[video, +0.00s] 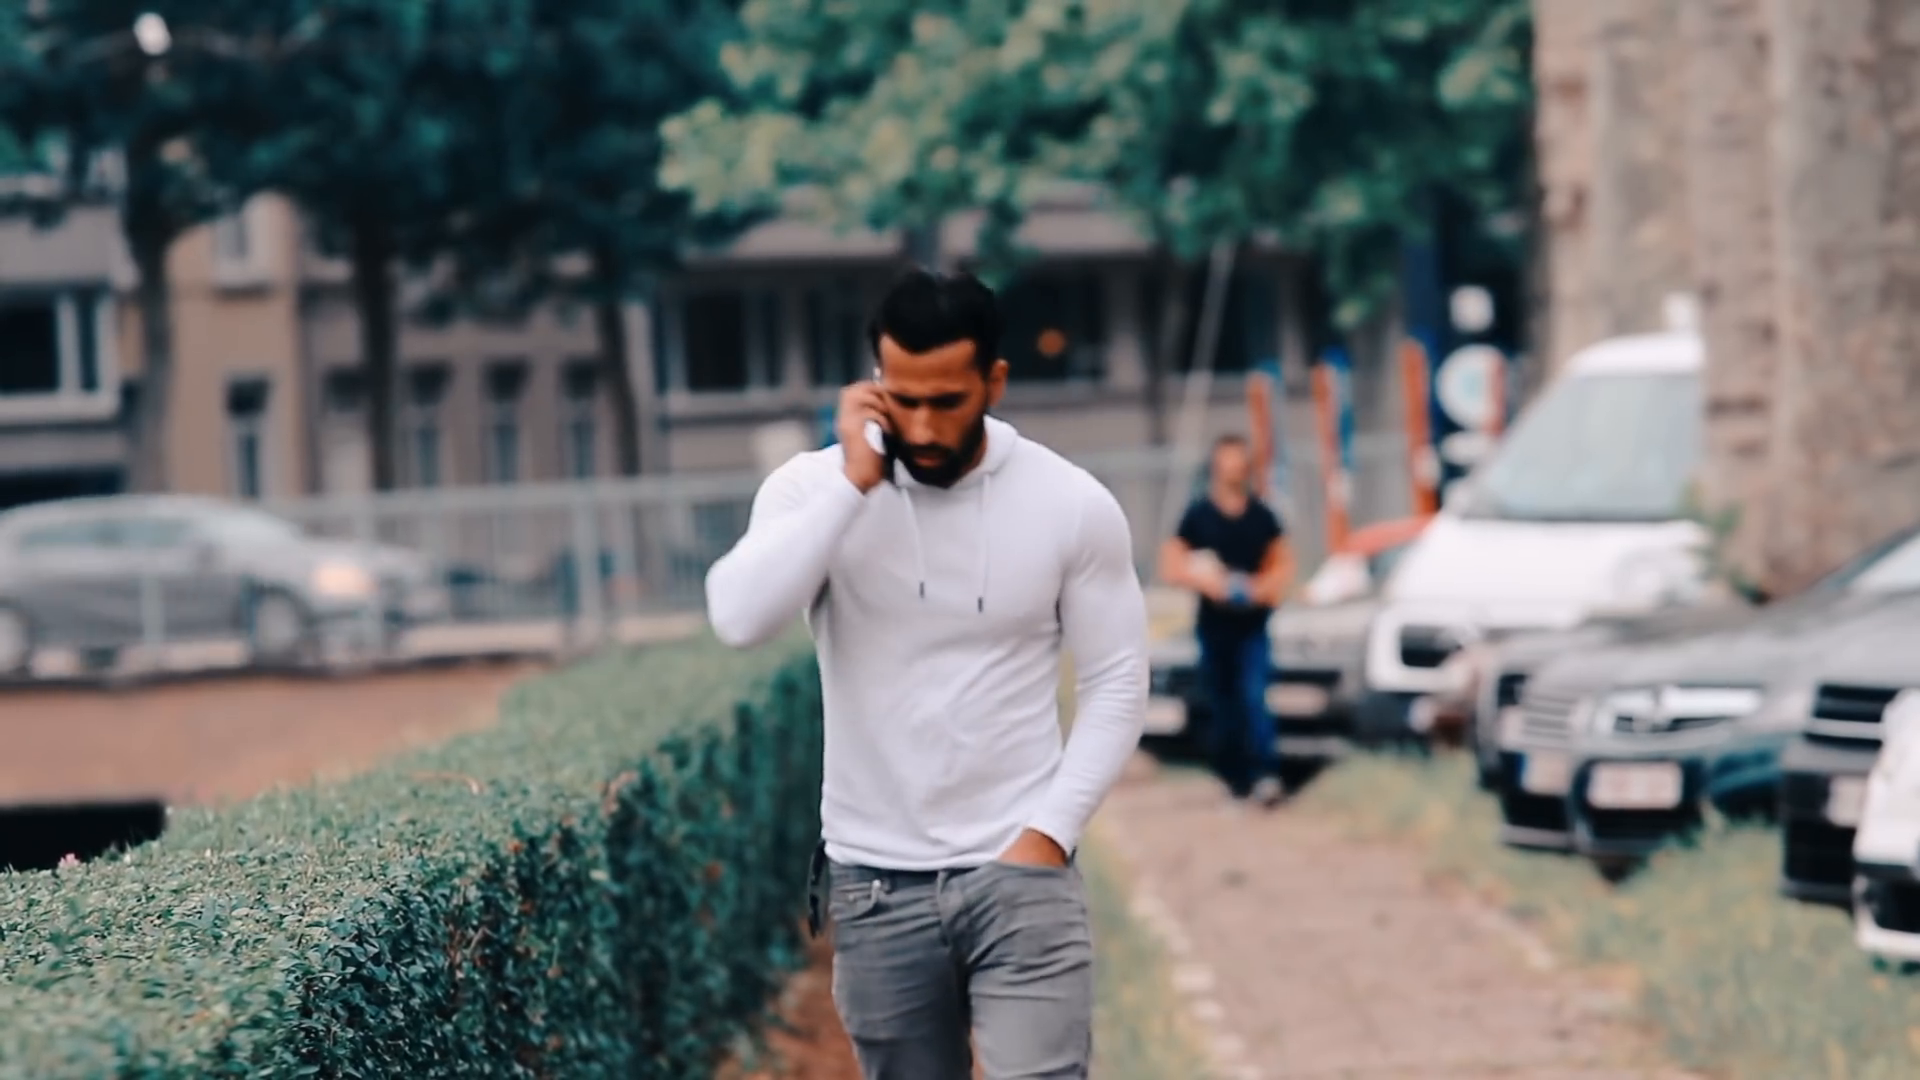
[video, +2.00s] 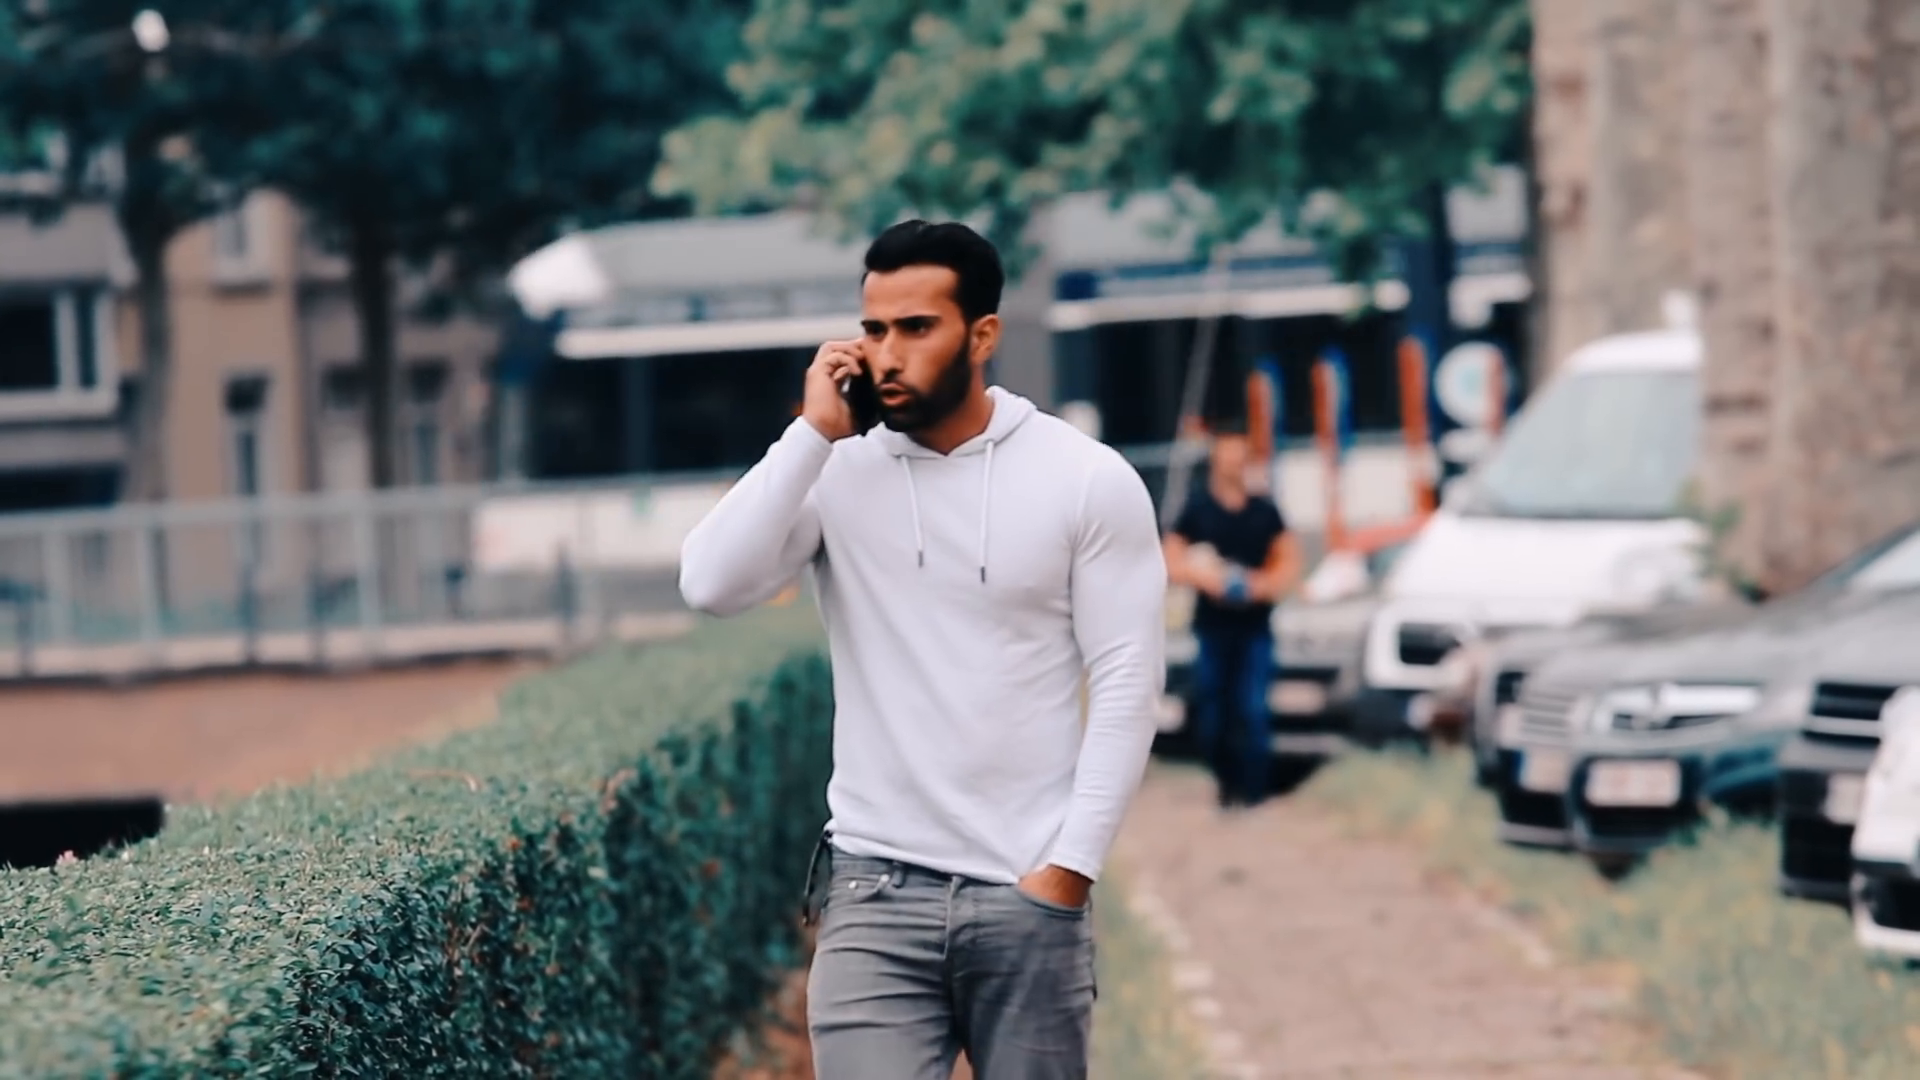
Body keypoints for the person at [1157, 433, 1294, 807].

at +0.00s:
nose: (1232, 470)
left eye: (1238, 463)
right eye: (1225, 463)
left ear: (1248, 466)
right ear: (1214, 466)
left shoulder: (1262, 516)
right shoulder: (1200, 514)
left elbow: (1281, 563)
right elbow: (1172, 564)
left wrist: (1263, 587)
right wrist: (1210, 581)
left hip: (1252, 616)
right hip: (1214, 617)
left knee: (1252, 695)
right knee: (1220, 698)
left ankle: (1264, 773)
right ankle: (1234, 777)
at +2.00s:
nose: (1233, 461)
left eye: (1239, 453)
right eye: (1226, 453)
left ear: (1247, 458)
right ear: (1214, 457)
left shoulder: (1263, 510)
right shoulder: (1199, 508)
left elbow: (1287, 563)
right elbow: (1172, 559)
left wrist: (1262, 585)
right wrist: (1209, 579)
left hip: (1254, 626)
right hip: (1213, 626)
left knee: (1252, 707)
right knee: (1212, 707)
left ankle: (1253, 786)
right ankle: (1226, 783)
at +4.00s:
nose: (1231, 445)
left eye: (1238, 437)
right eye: (1225, 437)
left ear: (1250, 440)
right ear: (1215, 442)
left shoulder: (1271, 495)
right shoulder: (1201, 496)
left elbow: (1302, 553)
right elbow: (1173, 554)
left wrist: (1266, 574)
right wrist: (1211, 572)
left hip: (1261, 616)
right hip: (1218, 616)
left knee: (1259, 708)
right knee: (1222, 703)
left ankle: (1257, 791)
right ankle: (1232, 784)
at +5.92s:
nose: (1215, 425)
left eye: (1223, 418)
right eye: (1207, 417)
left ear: (1234, 420)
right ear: (1193, 419)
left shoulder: (1253, 475)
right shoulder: (1176, 476)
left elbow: (1278, 536)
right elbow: (1149, 538)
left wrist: (1243, 558)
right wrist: (1186, 553)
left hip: (1243, 604)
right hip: (1196, 604)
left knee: (1239, 700)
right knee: (1200, 695)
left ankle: (1238, 790)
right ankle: (1211, 784)